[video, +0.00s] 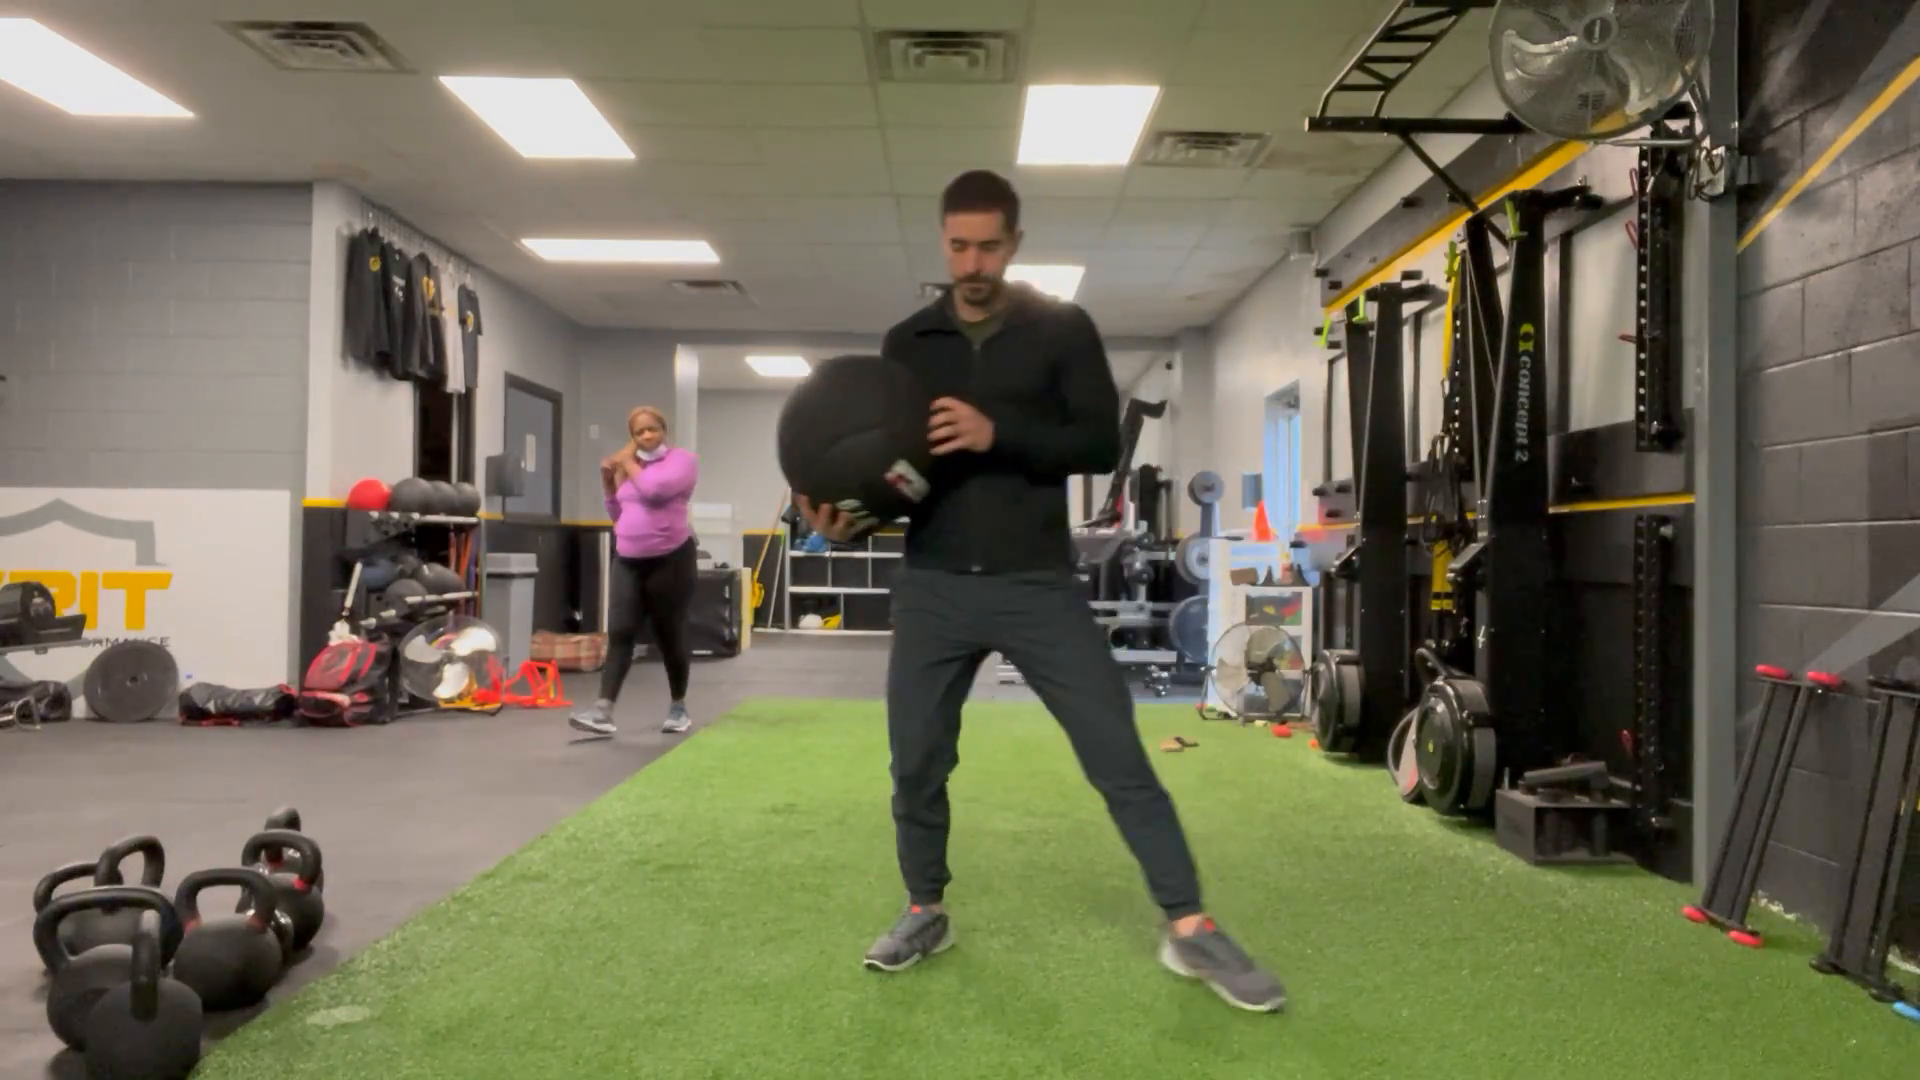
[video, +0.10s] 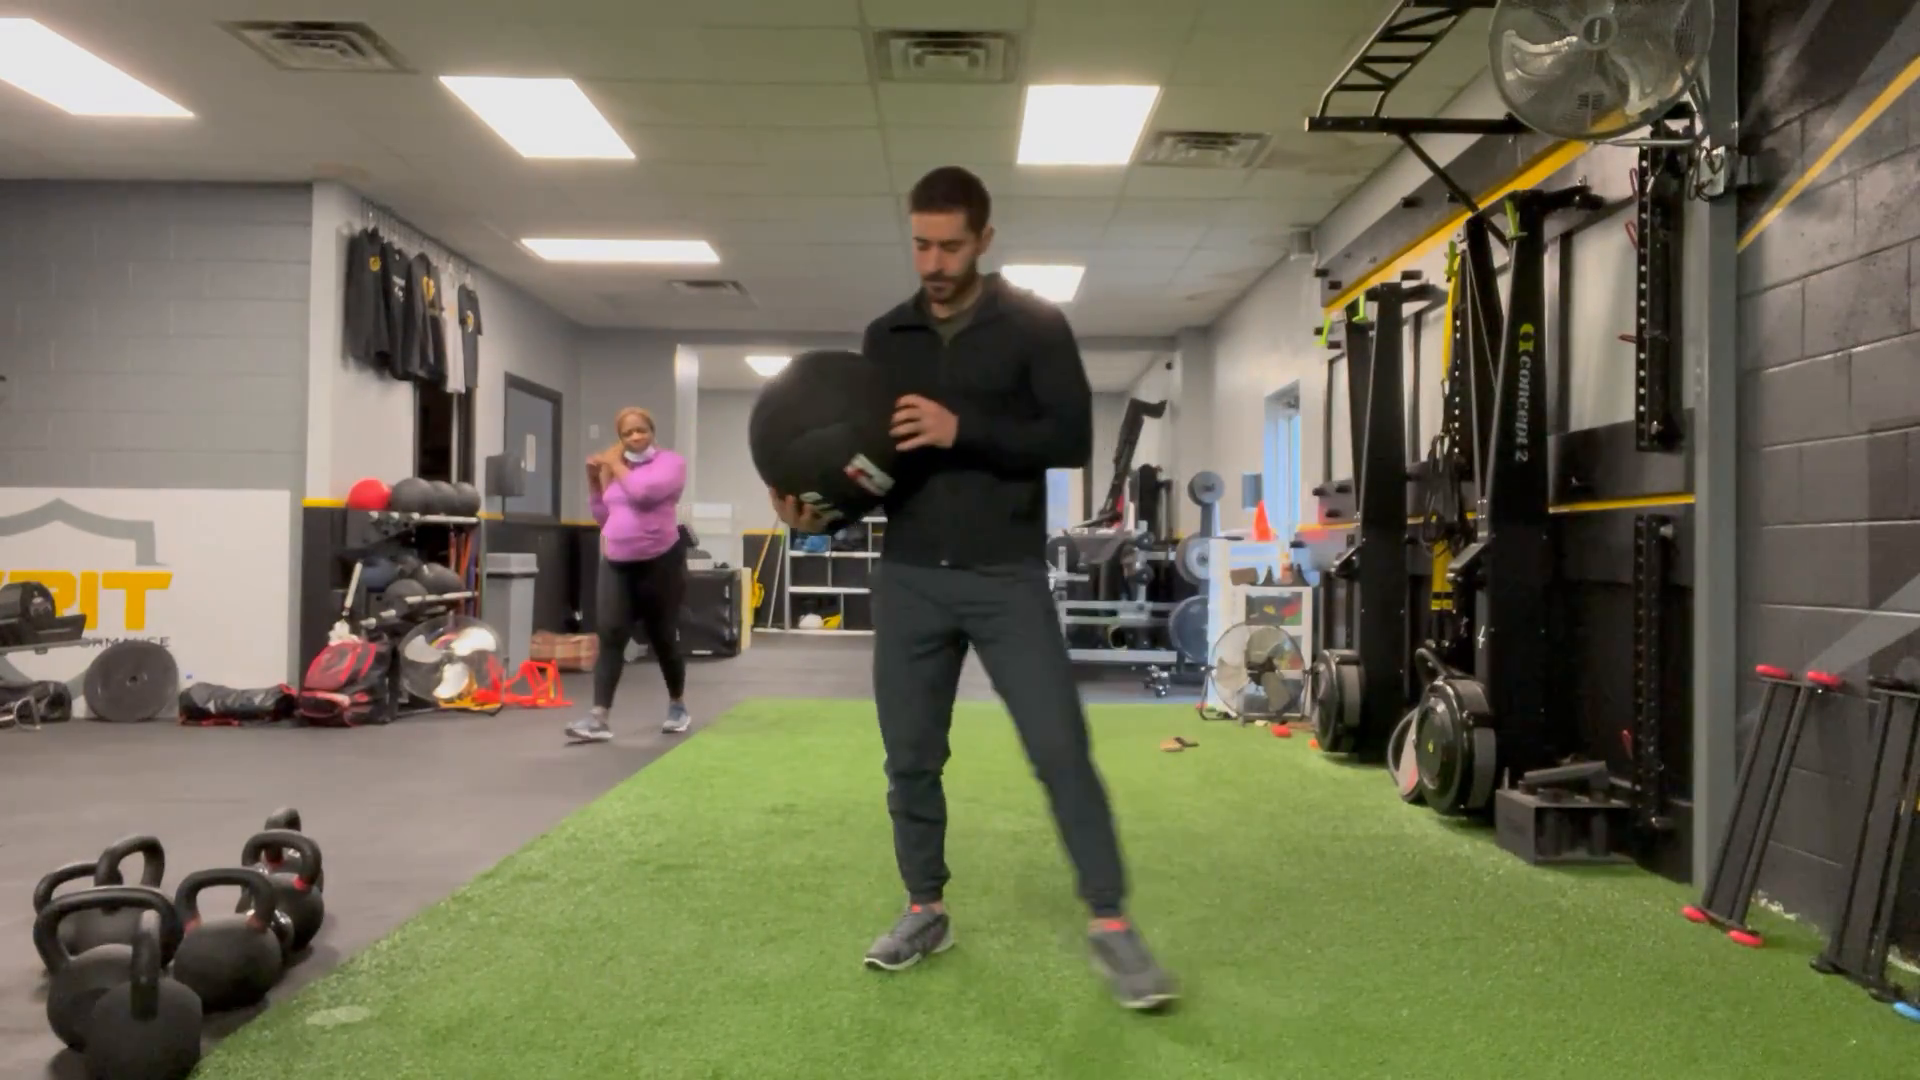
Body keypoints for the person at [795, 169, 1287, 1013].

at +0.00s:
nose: (973, 262)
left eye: (989, 247)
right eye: (960, 246)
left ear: (1015, 246)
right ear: (942, 245)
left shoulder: (1063, 330)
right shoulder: (908, 343)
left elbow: (1102, 446)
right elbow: (880, 459)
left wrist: (996, 433)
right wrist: (835, 506)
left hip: (1039, 588)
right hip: (932, 589)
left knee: (1120, 760)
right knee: (915, 764)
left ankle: (1188, 924)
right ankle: (924, 911)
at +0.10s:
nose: (933, 262)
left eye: (950, 245)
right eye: (922, 244)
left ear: (984, 239)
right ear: (909, 241)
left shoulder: (1038, 327)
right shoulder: (889, 336)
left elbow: (1071, 440)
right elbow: (869, 460)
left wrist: (961, 430)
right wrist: (815, 504)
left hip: (1008, 579)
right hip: (910, 578)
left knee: (1061, 748)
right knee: (909, 757)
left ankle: (1110, 921)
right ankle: (923, 909)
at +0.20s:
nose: (904, 259)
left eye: (920, 243)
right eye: (893, 242)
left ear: (958, 235)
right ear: (882, 235)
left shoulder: (1012, 320)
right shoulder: (869, 331)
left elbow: (1054, 430)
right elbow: (847, 452)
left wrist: (942, 425)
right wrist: (791, 493)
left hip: (984, 568)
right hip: (892, 570)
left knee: (981, 743)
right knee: (904, 752)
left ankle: (1008, 928)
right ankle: (924, 910)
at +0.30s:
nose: (877, 259)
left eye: (893, 243)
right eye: (867, 242)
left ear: (935, 234)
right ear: (860, 235)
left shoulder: (991, 316)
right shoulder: (853, 327)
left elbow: (1041, 426)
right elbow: (828, 443)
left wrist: (929, 428)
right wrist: (770, 486)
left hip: (962, 564)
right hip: (873, 565)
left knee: (910, 733)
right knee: (890, 740)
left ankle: (897, 922)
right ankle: (923, 901)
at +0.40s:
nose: (855, 263)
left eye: (870, 247)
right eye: (845, 245)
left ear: (914, 234)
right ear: (839, 237)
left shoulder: (972, 317)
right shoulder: (837, 328)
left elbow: (1028, 425)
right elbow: (811, 445)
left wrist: (918, 438)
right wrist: (747, 481)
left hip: (936, 570)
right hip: (854, 567)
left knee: (865, 739)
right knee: (889, 740)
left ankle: (801, 930)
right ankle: (927, 905)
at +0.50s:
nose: (832, 266)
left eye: (847, 250)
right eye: (822, 249)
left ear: (893, 235)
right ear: (817, 239)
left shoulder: (952, 319)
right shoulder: (816, 329)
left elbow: (1010, 429)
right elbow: (790, 457)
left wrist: (903, 447)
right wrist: (724, 482)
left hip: (908, 576)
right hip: (829, 572)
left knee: (830, 741)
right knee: (876, 745)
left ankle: (766, 941)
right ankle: (926, 907)